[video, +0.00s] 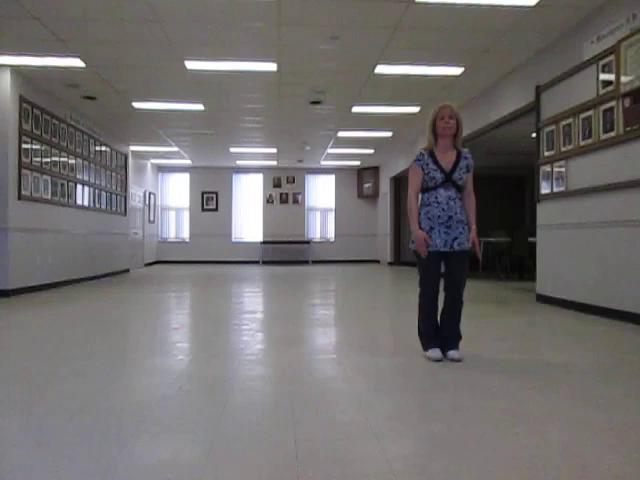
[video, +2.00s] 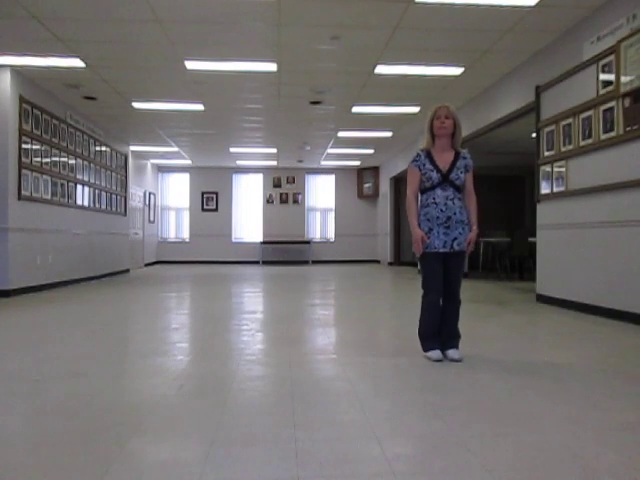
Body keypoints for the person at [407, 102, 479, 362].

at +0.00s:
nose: (447, 122)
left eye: (451, 118)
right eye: (442, 118)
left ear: (457, 125)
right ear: (434, 124)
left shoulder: (465, 158)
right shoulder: (423, 158)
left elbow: (469, 195)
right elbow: (412, 196)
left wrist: (473, 228)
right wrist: (415, 230)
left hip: (458, 229)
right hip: (429, 229)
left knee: (455, 290)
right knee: (429, 289)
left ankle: (451, 343)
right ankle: (431, 343)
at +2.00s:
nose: (443, 122)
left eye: (447, 118)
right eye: (438, 118)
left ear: (455, 125)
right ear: (431, 125)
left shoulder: (464, 158)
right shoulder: (420, 158)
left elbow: (469, 193)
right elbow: (411, 196)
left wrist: (474, 226)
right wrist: (414, 228)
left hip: (458, 229)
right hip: (430, 229)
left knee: (453, 290)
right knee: (432, 290)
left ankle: (450, 343)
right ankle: (431, 344)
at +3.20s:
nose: (439, 122)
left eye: (443, 118)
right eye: (434, 119)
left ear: (449, 124)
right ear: (425, 125)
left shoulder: (460, 156)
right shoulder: (416, 159)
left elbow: (471, 190)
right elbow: (409, 197)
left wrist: (481, 222)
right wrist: (415, 229)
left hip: (459, 229)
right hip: (430, 231)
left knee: (453, 290)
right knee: (433, 290)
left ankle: (451, 343)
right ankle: (431, 344)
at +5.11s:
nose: (436, 123)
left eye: (440, 119)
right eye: (431, 120)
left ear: (447, 124)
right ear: (424, 127)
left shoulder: (460, 157)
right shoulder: (417, 161)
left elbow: (472, 191)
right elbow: (410, 201)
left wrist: (484, 219)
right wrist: (416, 231)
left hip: (457, 230)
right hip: (429, 232)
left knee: (453, 290)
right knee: (432, 290)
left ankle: (451, 343)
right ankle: (431, 344)